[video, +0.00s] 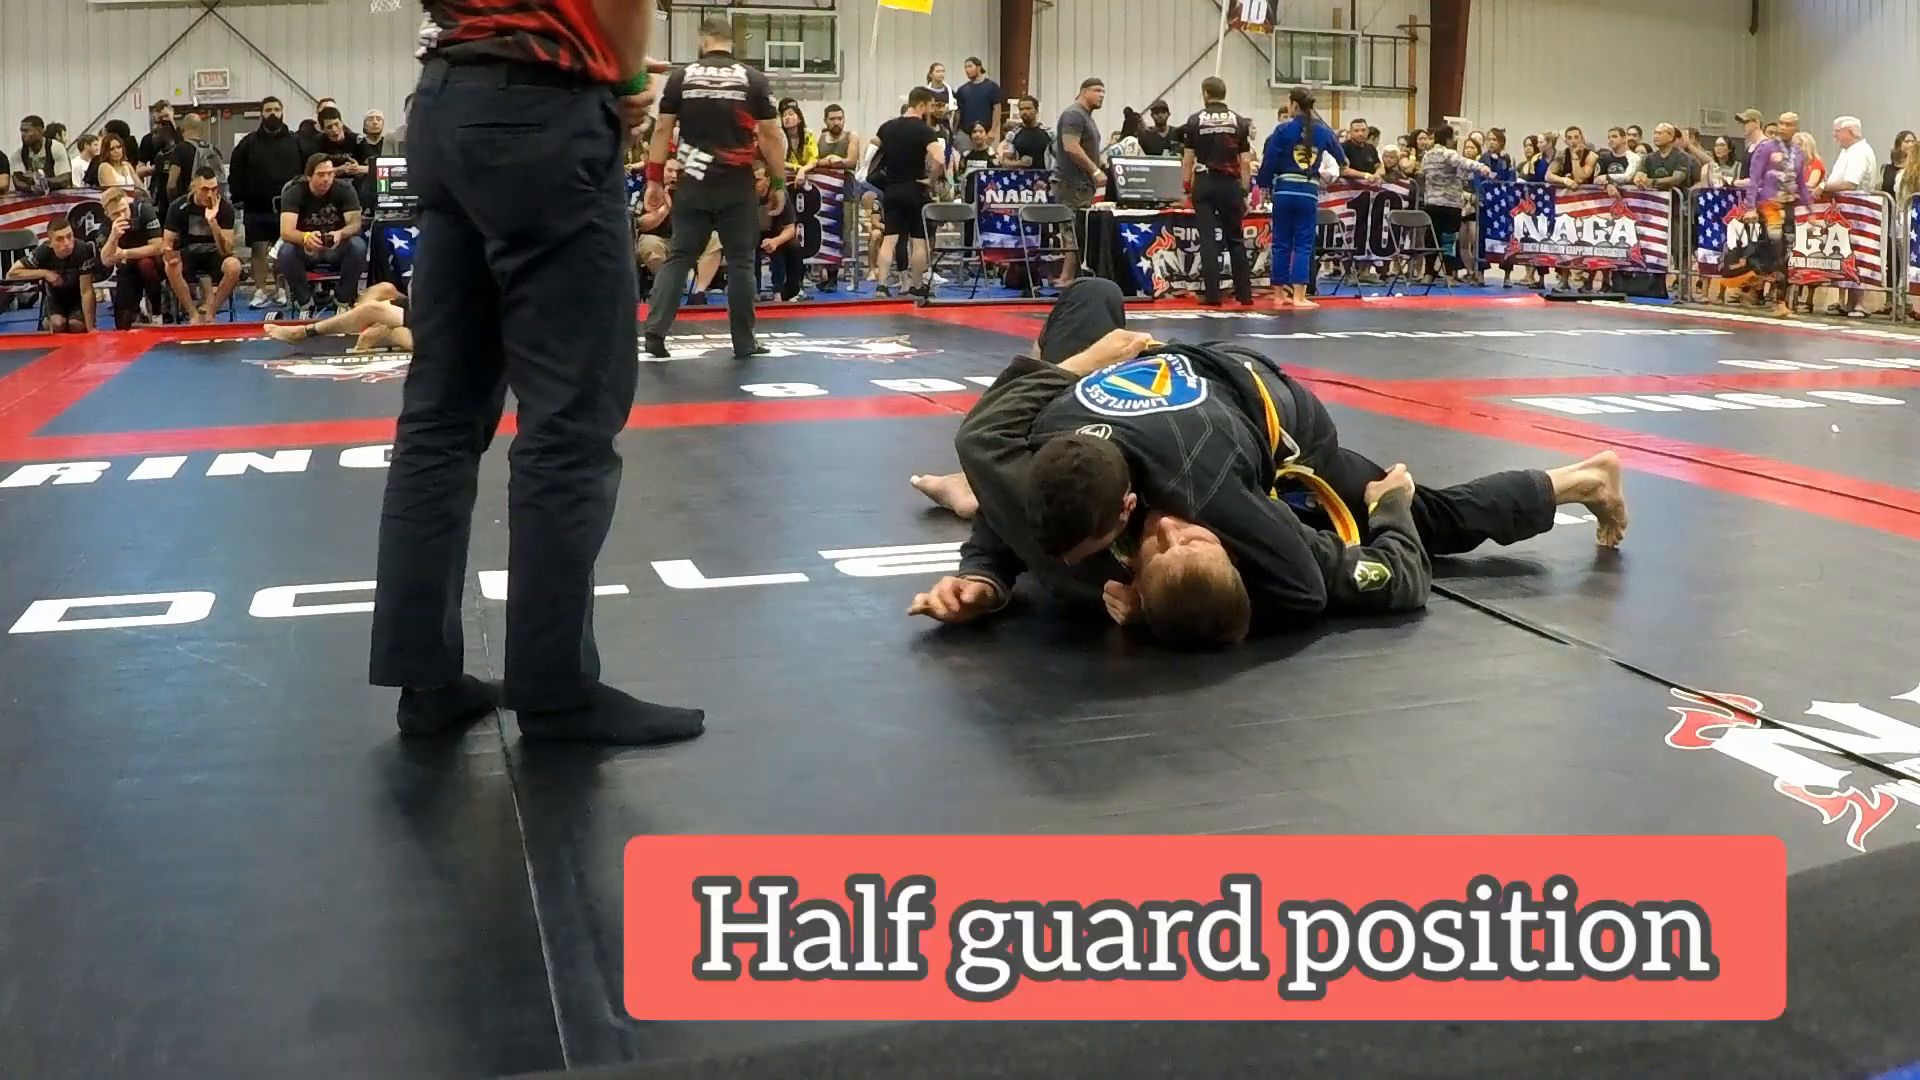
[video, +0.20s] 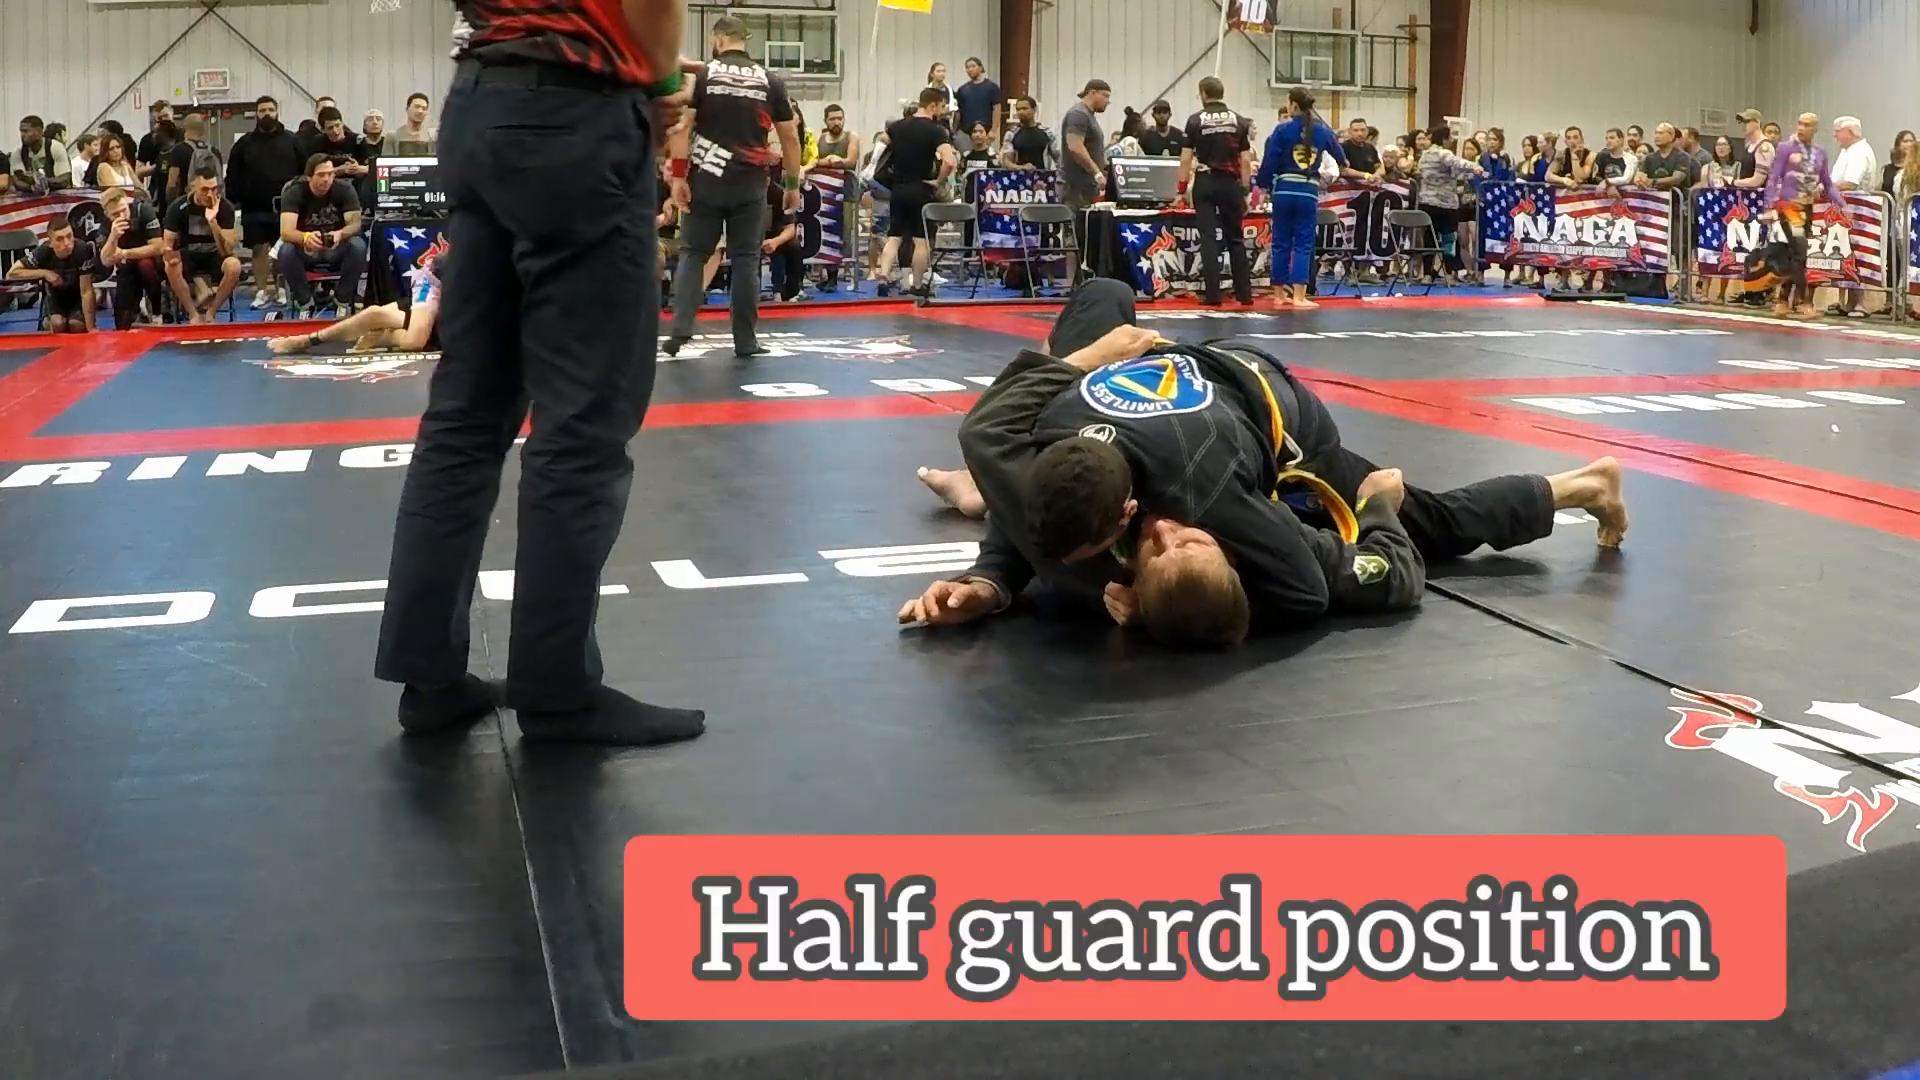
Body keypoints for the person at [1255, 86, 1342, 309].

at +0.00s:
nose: (1288, 106)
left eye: (1289, 103)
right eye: (1289, 103)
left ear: (1293, 104)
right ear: (1310, 104)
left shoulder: (1283, 129)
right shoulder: (1323, 130)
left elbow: (1269, 160)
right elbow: (1341, 159)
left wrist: (1264, 183)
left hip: (1283, 192)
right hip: (1308, 195)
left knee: (1280, 242)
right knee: (1304, 243)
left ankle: (1279, 294)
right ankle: (1299, 297)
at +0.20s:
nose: (1287, 107)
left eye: (1288, 103)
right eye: (1288, 103)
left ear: (1293, 105)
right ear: (1309, 104)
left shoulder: (1282, 129)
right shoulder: (1323, 131)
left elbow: (1269, 161)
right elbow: (1340, 159)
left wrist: (1263, 185)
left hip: (1283, 192)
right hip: (1308, 195)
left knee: (1281, 242)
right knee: (1304, 244)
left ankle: (1279, 294)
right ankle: (1299, 297)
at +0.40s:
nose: (1286, 107)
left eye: (1288, 103)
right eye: (1287, 103)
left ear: (1293, 105)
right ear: (1308, 104)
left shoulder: (1282, 128)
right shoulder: (1322, 130)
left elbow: (1270, 159)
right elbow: (1338, 155)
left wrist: (1262, 182)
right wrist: (1343, 167)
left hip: (1283, 192)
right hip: (1308, 195)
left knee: (1281, 242)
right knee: (1304, 244)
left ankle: (1279, 294)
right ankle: (1299, 297)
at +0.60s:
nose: (1285, 108)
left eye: (1286, 104)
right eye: (1286, 104)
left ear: (1293, 106)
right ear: (1308, 105)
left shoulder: (1282, 129)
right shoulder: (1322, 131)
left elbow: (1269, 160)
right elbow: (1337, 158)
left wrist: (1264, 184)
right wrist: (1340, 173)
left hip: (1283, 193)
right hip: (1308, 195)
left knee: (1281, 242)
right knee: (1304, 244)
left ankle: (1279, 294)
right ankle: (1299, 296)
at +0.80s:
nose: (1284, 109)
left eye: (1286, 105)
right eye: (1285, 105)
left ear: (1293, 106)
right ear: (1307, 106)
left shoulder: (1283, 130)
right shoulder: (1322, 131)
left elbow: (1270, 160)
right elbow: (1330, 161)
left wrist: (1266, 184)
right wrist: (1332, 182)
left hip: (1284, 191)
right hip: (1309, 194)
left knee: (1281, 242)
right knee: (1305, 243)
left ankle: (1279, 293)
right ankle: (1299, 296)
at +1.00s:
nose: (1283, 109)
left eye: (1285, 105)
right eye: (1284, 105)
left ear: (1294, 107)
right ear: (1305, 107)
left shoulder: (1282, 131)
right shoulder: (1324, 133)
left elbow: (1272, 162)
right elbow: (1327, 167)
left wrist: (1266, 186)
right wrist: (1323, 189)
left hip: (1285, 190)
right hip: (1310, 193)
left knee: (1281, 241)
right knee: (1305, 242)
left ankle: (1278, 293)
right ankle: (1299, 295)